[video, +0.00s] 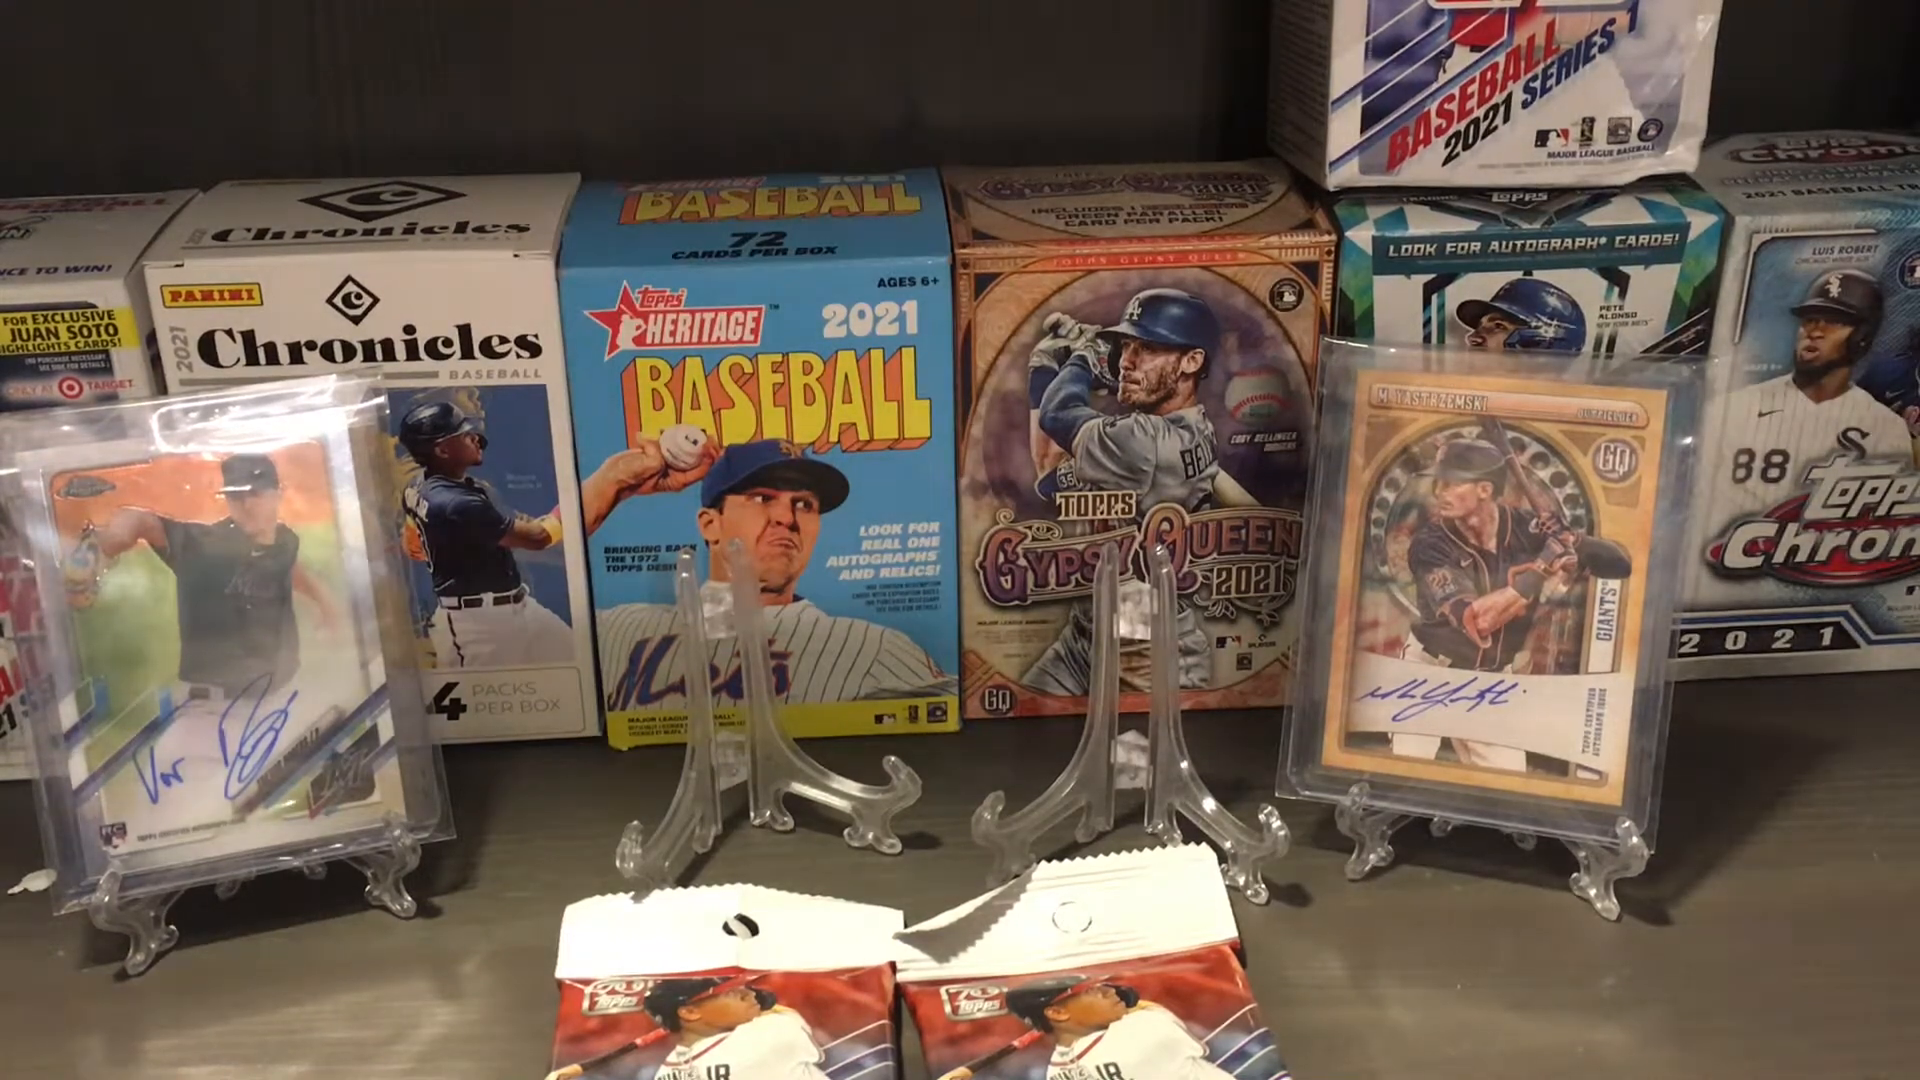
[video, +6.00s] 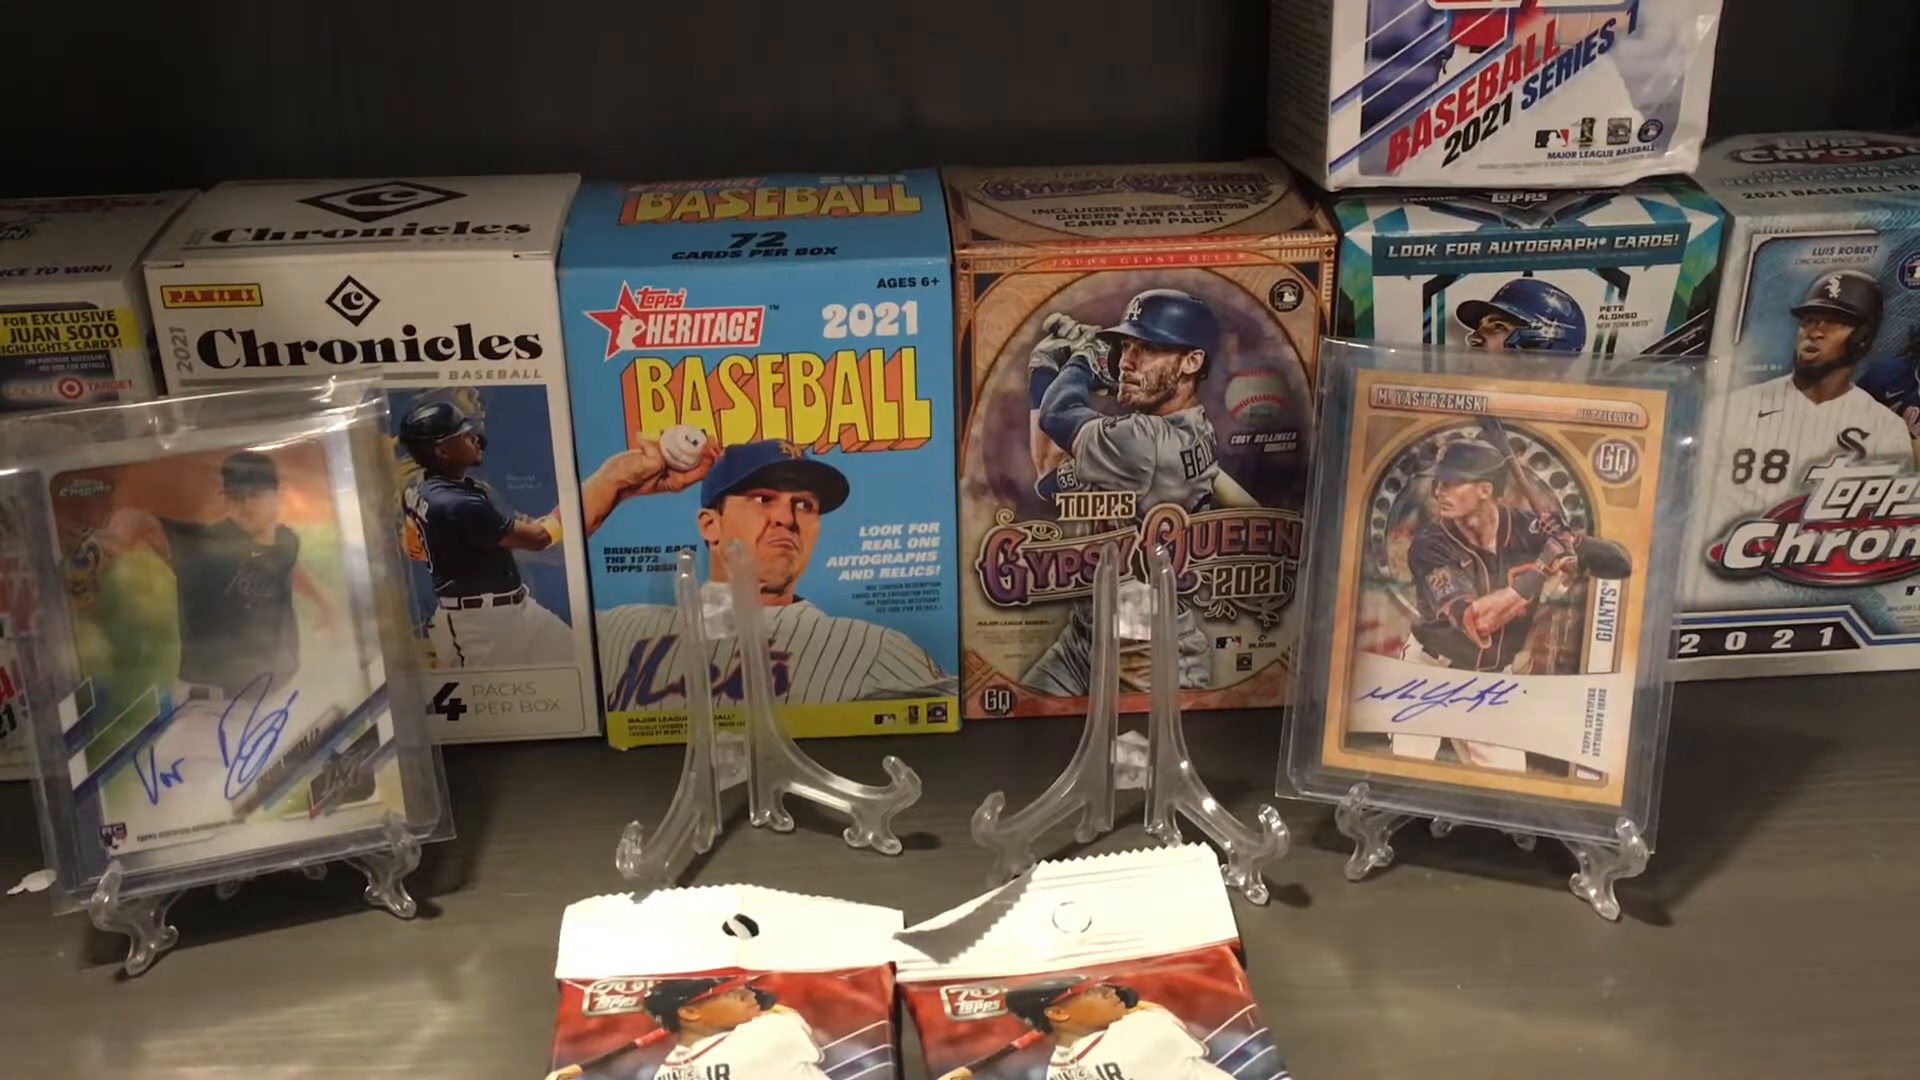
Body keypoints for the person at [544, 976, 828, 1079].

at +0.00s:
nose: (743, 993)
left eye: (733, 987)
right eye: (725, 993)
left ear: (690, 1015)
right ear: (691, 1014)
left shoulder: (667, 1071)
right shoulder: (778, 1034)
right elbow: (780, 1008)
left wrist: (577, 1071)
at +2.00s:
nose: (743, 992)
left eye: (733, 986)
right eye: (726, 992)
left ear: (690, 1015)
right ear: (692, 1014)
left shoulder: (666, 1071)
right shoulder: (779, 1033)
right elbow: (780, 1009)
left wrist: (580, 1071)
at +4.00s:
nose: (746, 993)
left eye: (737, 986)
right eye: (728, 993)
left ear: (690, 1015)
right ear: (692, 1015)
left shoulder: (666, 1071)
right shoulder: (779, 1033)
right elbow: (779, 1008)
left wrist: (579, 1071)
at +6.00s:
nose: (744, 993)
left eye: (735, 986)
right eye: (727, 993)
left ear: (690, 1015)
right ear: (691, 1015)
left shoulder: (665, 1071)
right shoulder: (779, 1032)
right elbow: (779, 1008)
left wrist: (577, 1072)